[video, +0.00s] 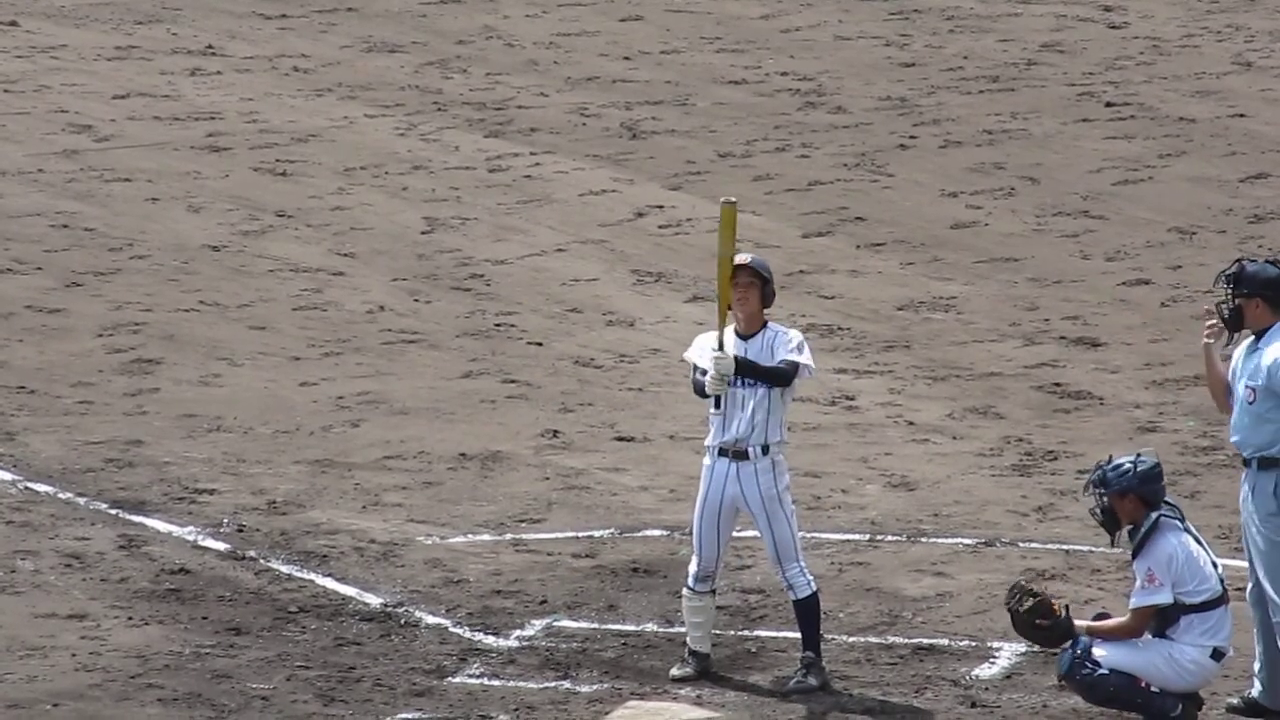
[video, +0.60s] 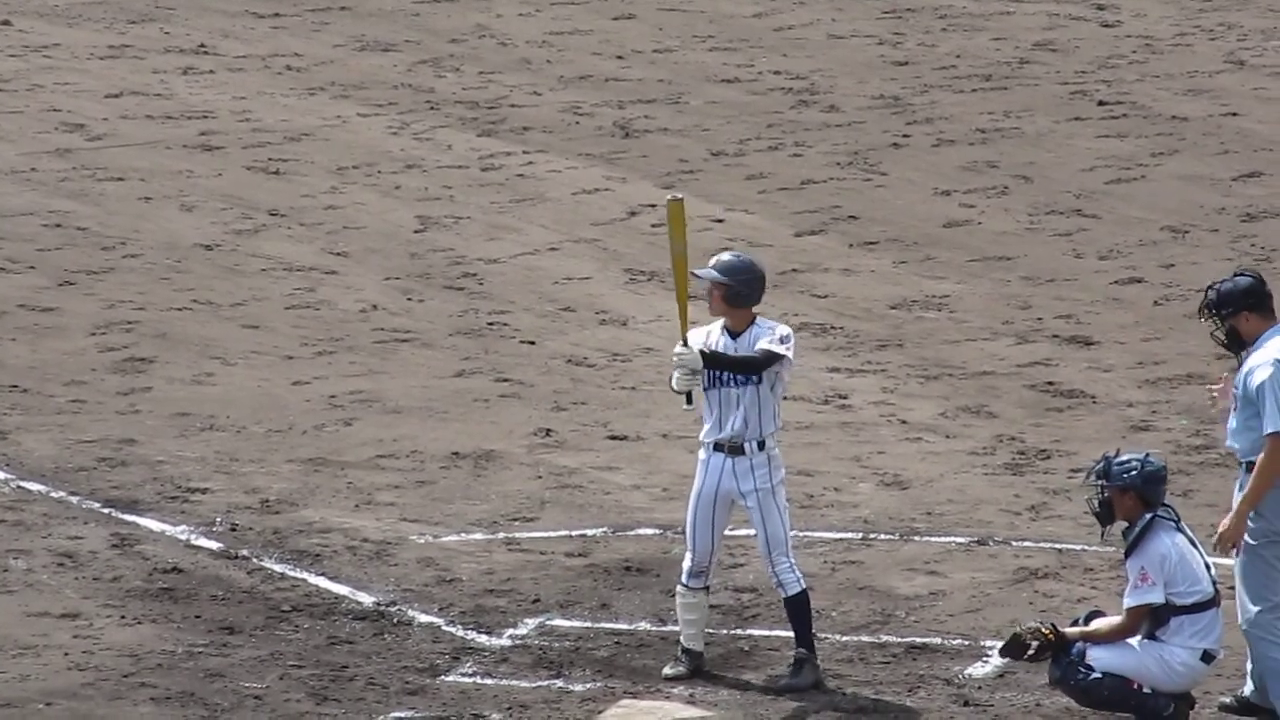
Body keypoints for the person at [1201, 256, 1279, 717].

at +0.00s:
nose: (1233, 304)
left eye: (1238, 298)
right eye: (1234, 297)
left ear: (1258, 306)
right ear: (1259, 305)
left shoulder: (1274, 351)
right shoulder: (1247, 345)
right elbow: (1228, 403)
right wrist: (1210, 350)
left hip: (1273, 478)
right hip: (1253, 475)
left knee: (1274, 593)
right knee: (1260, 593)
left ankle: (1273, 694)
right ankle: (1267, 692)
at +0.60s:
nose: (1224, 327)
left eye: (1226, 319)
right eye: (1222, 319)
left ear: (1244, 317)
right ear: (1259, 312)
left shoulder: (1266, 367)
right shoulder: (1263, 355)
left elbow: (1271, 449)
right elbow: (1262, 425)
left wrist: (1240, 513)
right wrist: (1236, 402)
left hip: (1263, 503)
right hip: (1256, 496)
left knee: (1259, 607)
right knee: (1257, 602)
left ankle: (1266, 695)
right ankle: (1261, 692)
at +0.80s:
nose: (1214, 339)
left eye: (1214, 330)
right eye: (1212, 330)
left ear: (1230, 327)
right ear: (1252, 318)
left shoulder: (1253, 373)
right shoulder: (1272, 348)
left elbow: (1265, 455)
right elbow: (1267, 423)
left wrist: (1250, 533)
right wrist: (1242, 457)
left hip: (1269, 522)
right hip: (1272, 514)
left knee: (1249, 627)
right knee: (1264, 608)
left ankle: (1276, 706)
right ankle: (1263, 688)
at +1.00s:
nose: (1203, 345)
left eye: (1205, 336)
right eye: (1202, 336)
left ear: (1222, 334)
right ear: (1244, 327)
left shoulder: (1246, 380)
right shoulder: (1270, 356)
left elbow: (1267, 461)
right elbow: (1268, 456)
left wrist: (1255, 537)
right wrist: (1253, 516)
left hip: (1271, 527)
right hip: (1274, 521)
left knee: (1243, 630)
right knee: (1264, 621)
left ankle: (1275, 706)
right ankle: (1271, 699)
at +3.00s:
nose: (1221, 335)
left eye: (1224, 327)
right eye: (1221, 326)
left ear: (1243, 326)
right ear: (1258, 321)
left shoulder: (1258, 369)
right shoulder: (1269, 354)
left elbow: (1270, 448)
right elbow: (1269, 448)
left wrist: (1253, 520)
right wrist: (1256, 518)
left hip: (1274, 519)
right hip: (1271, 517)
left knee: (1255, 627)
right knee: (1262, 617)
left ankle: (1274, 702)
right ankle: (1273, 692)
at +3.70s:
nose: (1188, 375)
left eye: (1192, 367)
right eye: (1187, 366)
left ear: (1212, 370)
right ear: (1225, 365)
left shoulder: (1231, 403)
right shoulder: (1257, 385)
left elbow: (1272, 467)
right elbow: (1272, 461)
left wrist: (1276, 546)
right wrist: (1269, 504)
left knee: (1268, 626)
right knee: (1268, 626)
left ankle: (1276, 708)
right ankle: (1274, 707)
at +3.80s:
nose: (1184, 396)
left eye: (1187, 388)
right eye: (1184, 388)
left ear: (1207, 392)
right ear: (1219, 386)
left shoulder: (1227, 422)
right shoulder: (1251, 403)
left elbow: (1271, 484)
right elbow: (1272, 481)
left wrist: (1276, 548)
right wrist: (1271, 538)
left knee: (1266, 628)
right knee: (1267, 626)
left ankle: (1276, 709)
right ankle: (1274, 708)